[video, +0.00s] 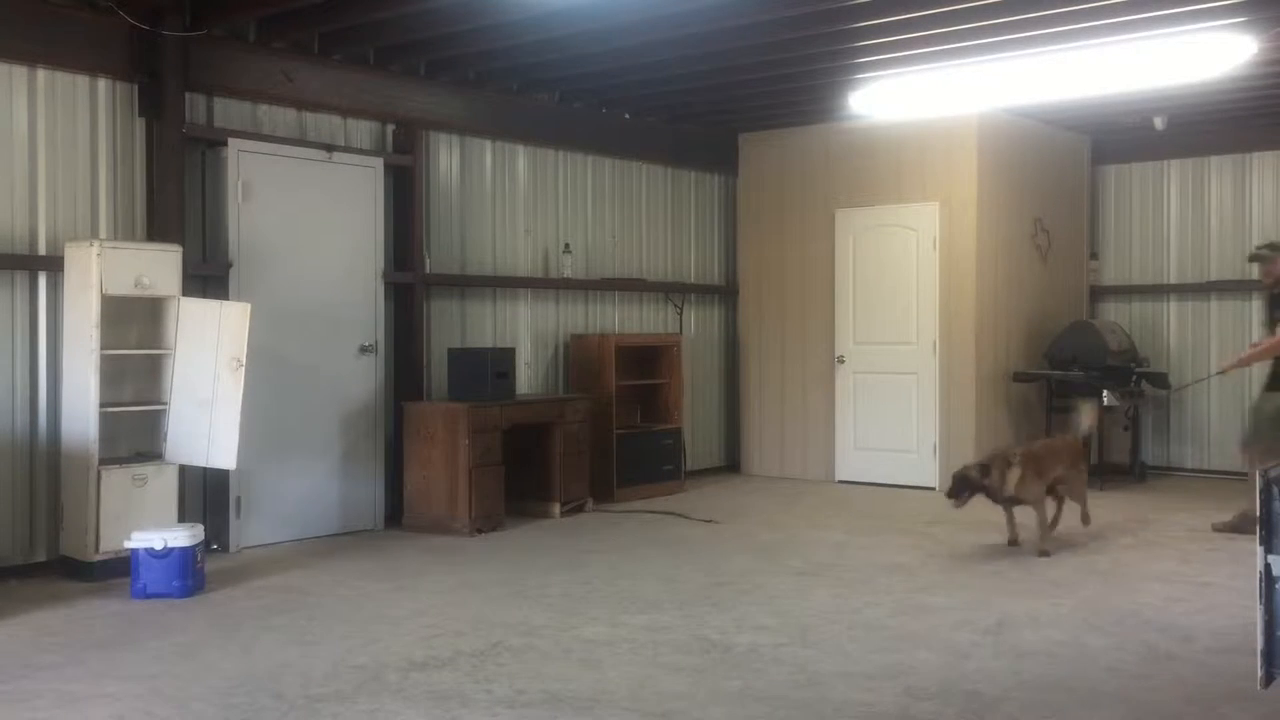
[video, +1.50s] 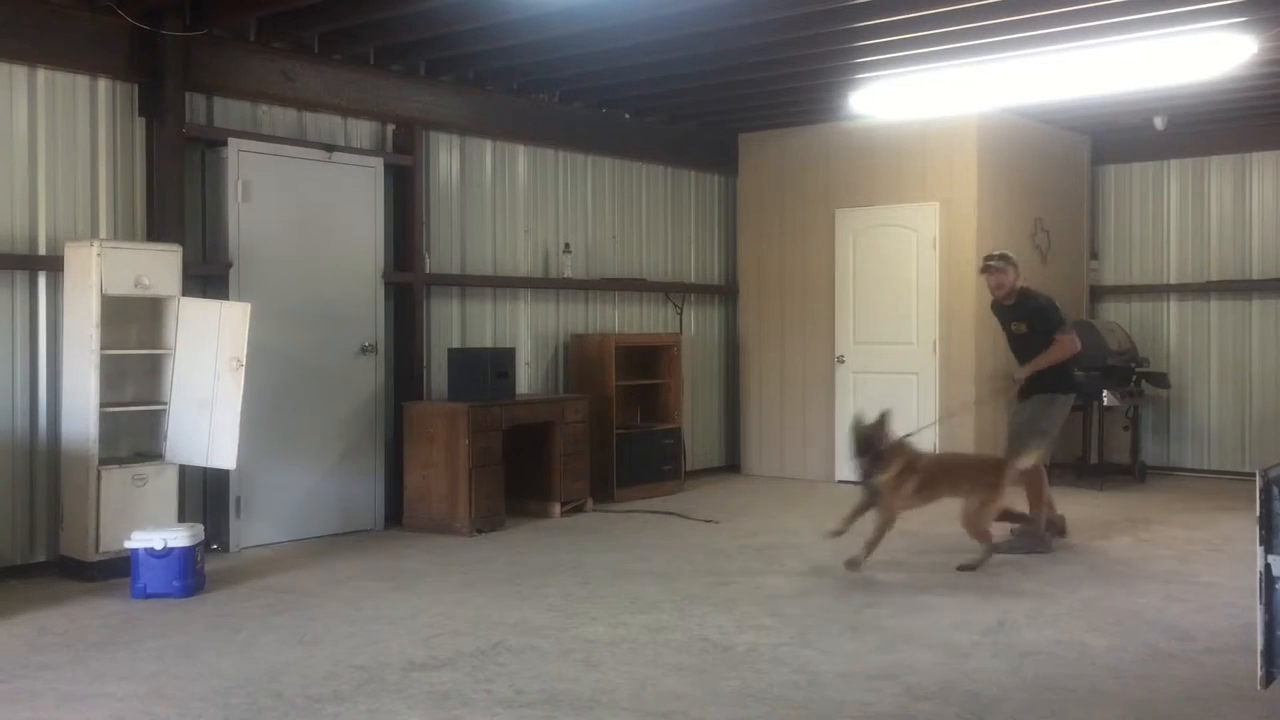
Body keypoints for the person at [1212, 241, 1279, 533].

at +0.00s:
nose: (1262, 270)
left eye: (1267, 264)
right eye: (1261, 264)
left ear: (1278, 265)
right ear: (1263, 267)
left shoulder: (1276, 295)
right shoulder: (1271, 295)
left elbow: (1276, 341)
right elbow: (1273, 336)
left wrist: (1245, 358)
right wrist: (1252, 350)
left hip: (1276, 383)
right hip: (1272, 382)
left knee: (1260, 444)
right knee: (1259, 443)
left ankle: (1257, 511)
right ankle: (1256, 510)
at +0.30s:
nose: (1192, 273)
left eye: (1199, 266)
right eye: (1189, 267)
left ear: (1216, 269)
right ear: (1187, 271)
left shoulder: (1228, 303)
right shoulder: (1189, 302)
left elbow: (1221, 350)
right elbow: (1182, 344)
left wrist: (1173, 363)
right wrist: (1167, 358)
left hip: (1220, 390)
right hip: (1193, 387)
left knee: (1191, 451)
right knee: (1175, 451)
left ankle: (1175, 521)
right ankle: (1227, 495)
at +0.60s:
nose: (1114, 270)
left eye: (1120, 264)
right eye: (1109, 265)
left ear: (1134, 266)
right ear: (1103, 270)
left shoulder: (1151, 299)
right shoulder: (1103, 303)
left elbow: (1159, 345)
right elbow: (1098, 344)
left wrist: (1119, 361)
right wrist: (1107, 355)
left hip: (1150, 389)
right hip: (1116, 389)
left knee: (1144, 454)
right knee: (1090, 451)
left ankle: (1163, 520)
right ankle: (1085, 515)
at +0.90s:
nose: (1058, 275)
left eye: (1064, 268)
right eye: (1053, 269)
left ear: (1076, 271)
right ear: (1046, 274)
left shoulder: (1093, 308)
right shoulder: (1039, 309)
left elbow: (1107, 353)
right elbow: (1028, 348)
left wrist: (1069, 372)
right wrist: (1037, 371)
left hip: (1086, 389)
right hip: (1052, 389)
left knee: (1067, 434)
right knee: (1029, 447)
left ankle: (1086, 511)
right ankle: (1050, 517)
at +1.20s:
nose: (1029, 277)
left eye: (1035, 271)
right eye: (1024, 271)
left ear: (1047, 275)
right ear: (1018, 275)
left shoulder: (1063, 310)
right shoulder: (1015, 302)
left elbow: (1067, 363)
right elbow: (996, 333)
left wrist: (1028, 371)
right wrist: (995, 369)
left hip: (1062, 393)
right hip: (1031, 391)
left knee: (1050, 461)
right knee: (1026, 456)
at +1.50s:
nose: (995, 280)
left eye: (1001, 272)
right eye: (990, 274)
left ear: (1016, 275)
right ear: (985, 279)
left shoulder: (1038, 304)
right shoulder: (998, 308)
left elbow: (1070, 344)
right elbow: (1028, 342)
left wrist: (1028, 368)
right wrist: (1026, 375)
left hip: (1056, 388)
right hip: (1031, 388)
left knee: (1030, 455)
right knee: (1021, 455)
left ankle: (1036, 531)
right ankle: (1050, 518)